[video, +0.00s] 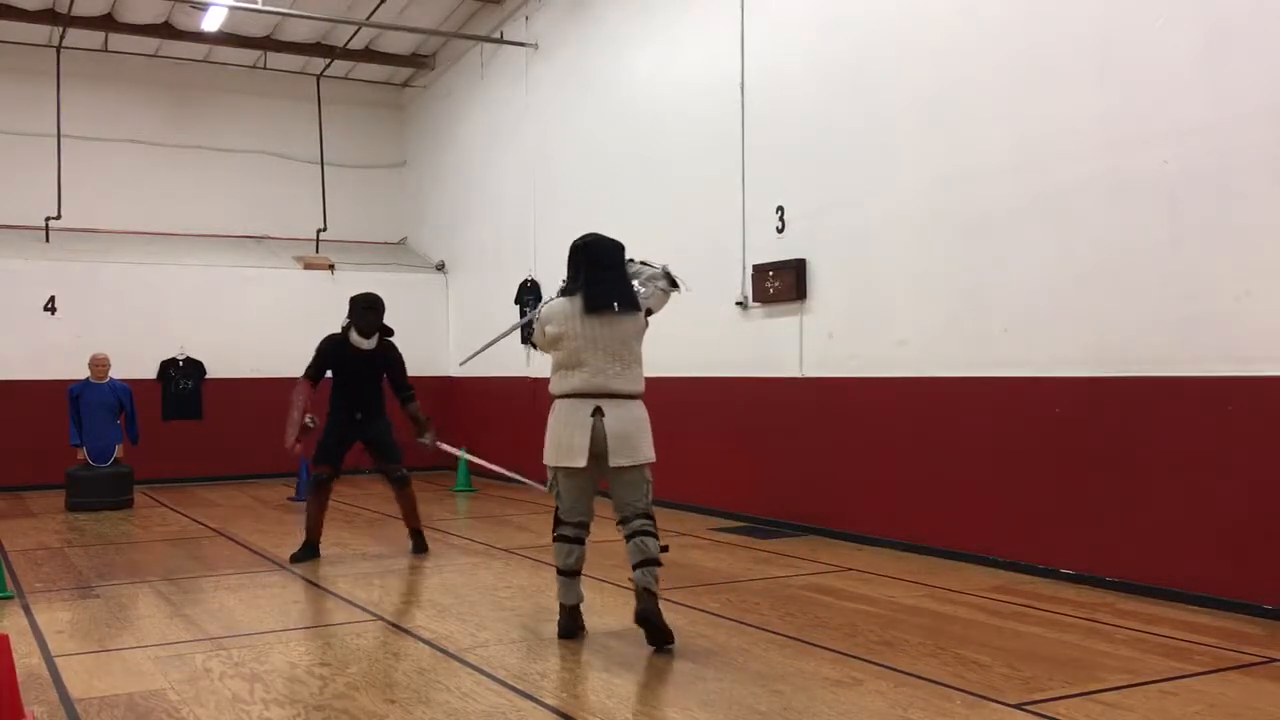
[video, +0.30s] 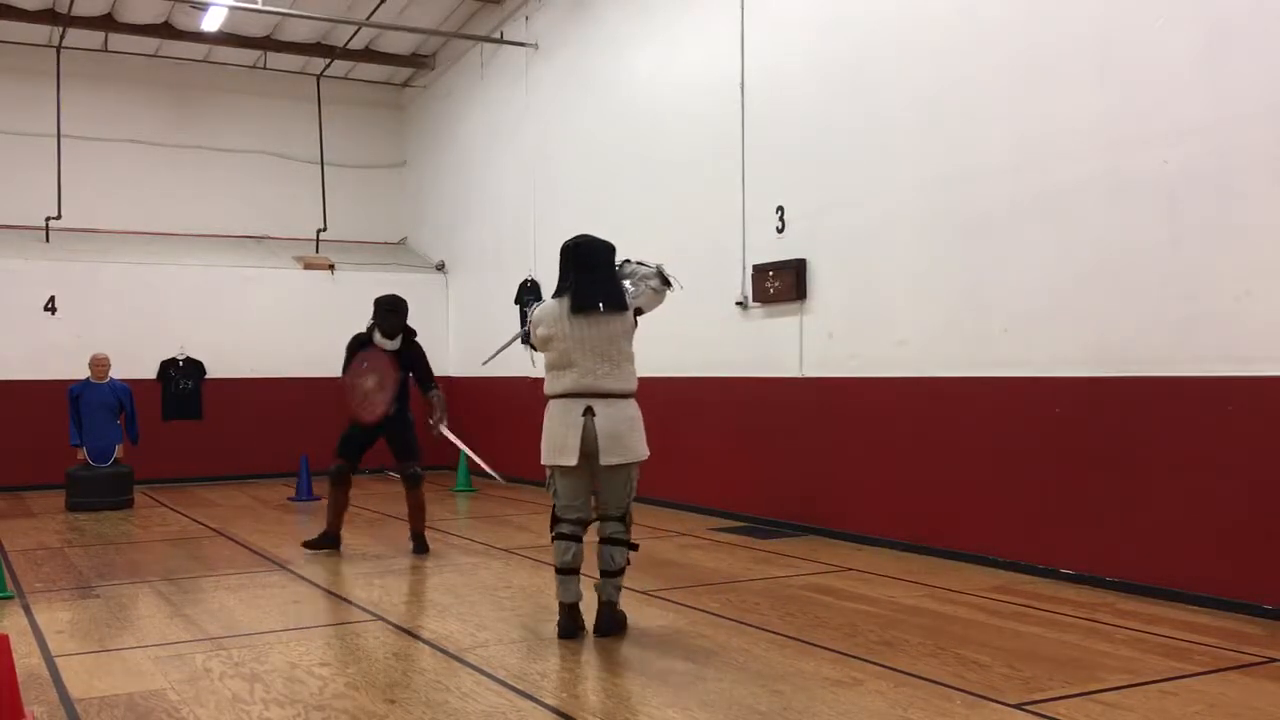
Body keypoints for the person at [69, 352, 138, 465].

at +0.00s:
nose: (100, 369)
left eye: (104, 366)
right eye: (96, 366)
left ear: (109, 367)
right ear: (89, 367)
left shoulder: (121, 389)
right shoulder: (77, 390)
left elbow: (130, 415)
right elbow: (74, 419)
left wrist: (133, 437)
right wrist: (78, 445)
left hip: (113, 444)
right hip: (88, 444)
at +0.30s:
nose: (100, 369)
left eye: (104, 366)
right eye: (96, 366)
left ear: (109, 367)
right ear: (90, 367)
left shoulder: (121, 389)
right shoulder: (77, 390)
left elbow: (130, 415)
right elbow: (74, 419)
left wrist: (133, 437)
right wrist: (78, 445)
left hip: (113, 444)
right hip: (88, 444)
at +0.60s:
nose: (100, 369)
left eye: (104, 366)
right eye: (96, 366)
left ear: (109, 367)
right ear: (89, 367)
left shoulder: (121, 389)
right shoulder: (77, 390)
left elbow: (130, 415)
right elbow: (74, 419)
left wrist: (133, 437)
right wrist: (78, 445)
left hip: (113, 444)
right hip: (88, 444)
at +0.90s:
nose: (100, 369)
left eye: (104, 366)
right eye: (96, 366)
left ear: (109, 367)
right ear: (89, 367)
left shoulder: (121, 389)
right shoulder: (77, 390)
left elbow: (130, 415)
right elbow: (74, 419)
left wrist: (133, 437)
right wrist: (78, 444)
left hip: (114, 445)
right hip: (87, 445)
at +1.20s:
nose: (100, 369)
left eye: (104, 366)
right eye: (96, 366)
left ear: (109, 367)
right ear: (89, 367)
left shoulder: (121, 389)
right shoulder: (77, 390)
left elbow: (130, 415)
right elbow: (74, 419)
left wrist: (133, 437)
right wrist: (78, 444)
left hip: (114, 445)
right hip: (87, 445)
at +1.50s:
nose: (100, 369)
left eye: (104, 366)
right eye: (96, 366)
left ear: (109, 367)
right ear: (89, 367)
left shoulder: (121, 389)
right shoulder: (77, 390)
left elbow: (130, 415)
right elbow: (74, 419)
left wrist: (133, 437)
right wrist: (78, 444)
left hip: (114, 445)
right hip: (87, 445)